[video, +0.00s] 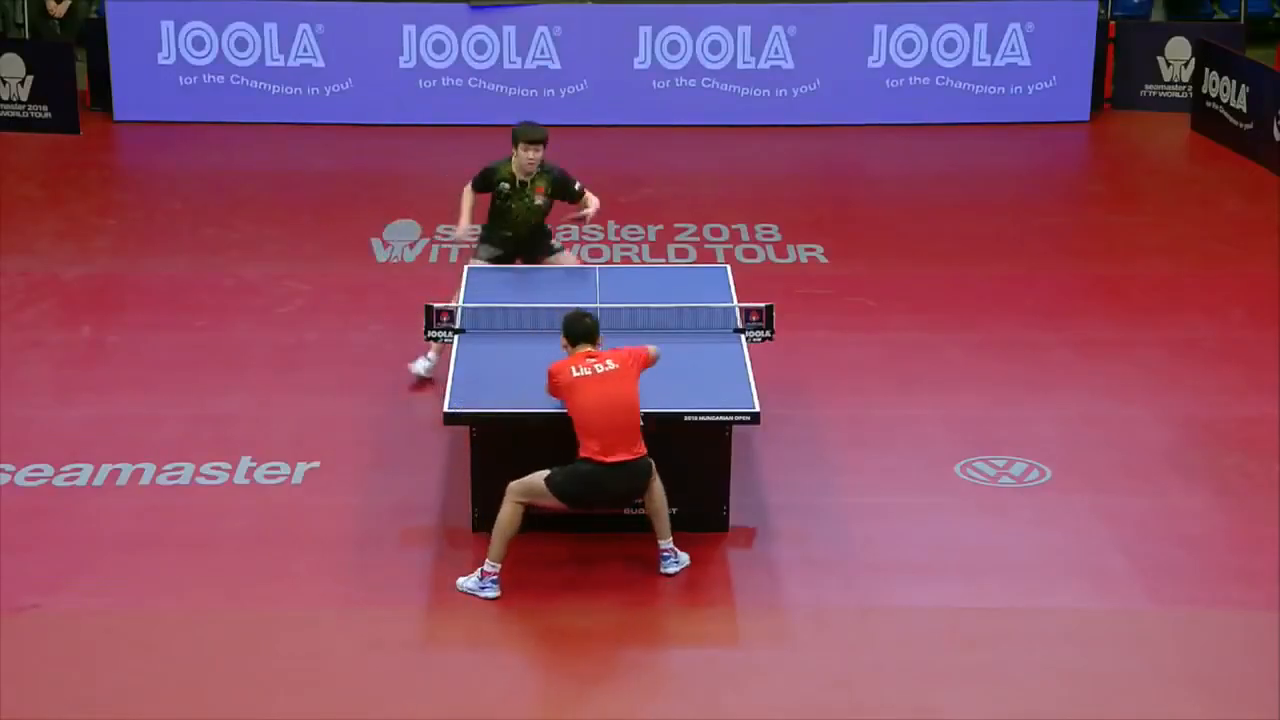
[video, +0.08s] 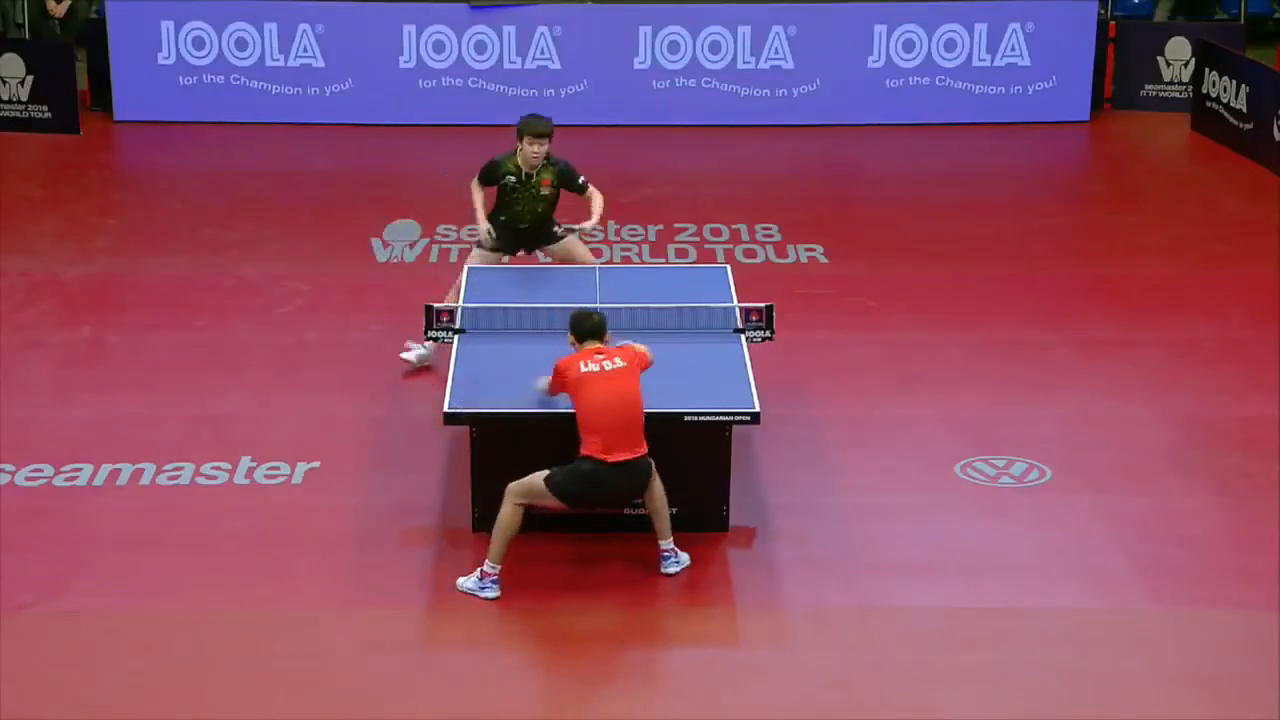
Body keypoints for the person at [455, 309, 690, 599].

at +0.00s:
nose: (560, 344)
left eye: (561, 339)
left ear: (565, 343)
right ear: (599, 338)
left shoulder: (560, 371)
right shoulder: (626, 358)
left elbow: (555, 393)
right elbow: (654, 353)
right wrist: (618, 359)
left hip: (589, 476)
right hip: (635, 474)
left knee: (516, 491)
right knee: (649, 470)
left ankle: (487, 576)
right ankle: (669, 554)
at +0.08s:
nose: (569, 341)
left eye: (570, 336)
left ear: (573, 339)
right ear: (607, 336)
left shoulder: (568, 365)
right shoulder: (629, 356)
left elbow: (550, 390)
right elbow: (649, 356)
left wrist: (547, 382)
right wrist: (629, 347)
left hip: (591, 474)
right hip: (635, 473)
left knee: (515, 492)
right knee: (649, 470)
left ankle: (487, 576)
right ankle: (669, 554)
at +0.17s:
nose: (570, 317)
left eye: (570, 312)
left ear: (572, 316)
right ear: (605, 313)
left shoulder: (563, 349)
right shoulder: (632, 341)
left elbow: (520, 394)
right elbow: (675, 376)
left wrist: (481, 423)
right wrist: (691, 371)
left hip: (584, 456)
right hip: (628, 457)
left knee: (511, 491)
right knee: (643, 475)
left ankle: (488, 578)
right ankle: (669, 554)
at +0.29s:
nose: (558, 313)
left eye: (558, 309)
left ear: (560, 312)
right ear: (595, 310)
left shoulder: (552, 350)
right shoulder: (620, 342)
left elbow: (514, 402)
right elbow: (654, 389)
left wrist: (482, 433)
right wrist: (681, 398)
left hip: (571, 456)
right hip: (619, 455)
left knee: (515, 502)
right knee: (644, 484)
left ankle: (493, 586)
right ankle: (665, 564)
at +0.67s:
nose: (536, 361)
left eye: (536, 356)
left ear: (538, 357)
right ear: (569, 358)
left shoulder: (526, 394)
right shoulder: (586, 398)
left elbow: (498, 433)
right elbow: (596, 449)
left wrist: (536, 432)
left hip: (526, 509)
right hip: (576, 508)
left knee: (480, 550)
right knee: (635, 539)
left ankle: (443, 622)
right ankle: (685, 609)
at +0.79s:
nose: (501, 357)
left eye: (503, 351)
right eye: (508, 351)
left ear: (508, 353)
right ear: (539, 353)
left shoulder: (493, 393)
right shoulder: (558, 387)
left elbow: (443, 417)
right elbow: (553, 373)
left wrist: (399, 417)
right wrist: (544, 361)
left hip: (503, 507)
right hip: (556, 508)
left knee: (431, 522)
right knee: (614, 542)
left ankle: (418, 609)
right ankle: (676, 606)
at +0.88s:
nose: (468, 354)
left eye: (468, 349)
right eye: (480, 347)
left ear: (471, 353)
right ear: (503, 348)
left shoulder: (466, 398)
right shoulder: (529, 378)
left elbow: (428, 451)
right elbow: (565, 367)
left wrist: (391, 479)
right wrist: (575, 347)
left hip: (488, 505)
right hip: (536, 501)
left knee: (416, 529)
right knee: (593, 539)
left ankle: (370, 612)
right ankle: (638, 614)